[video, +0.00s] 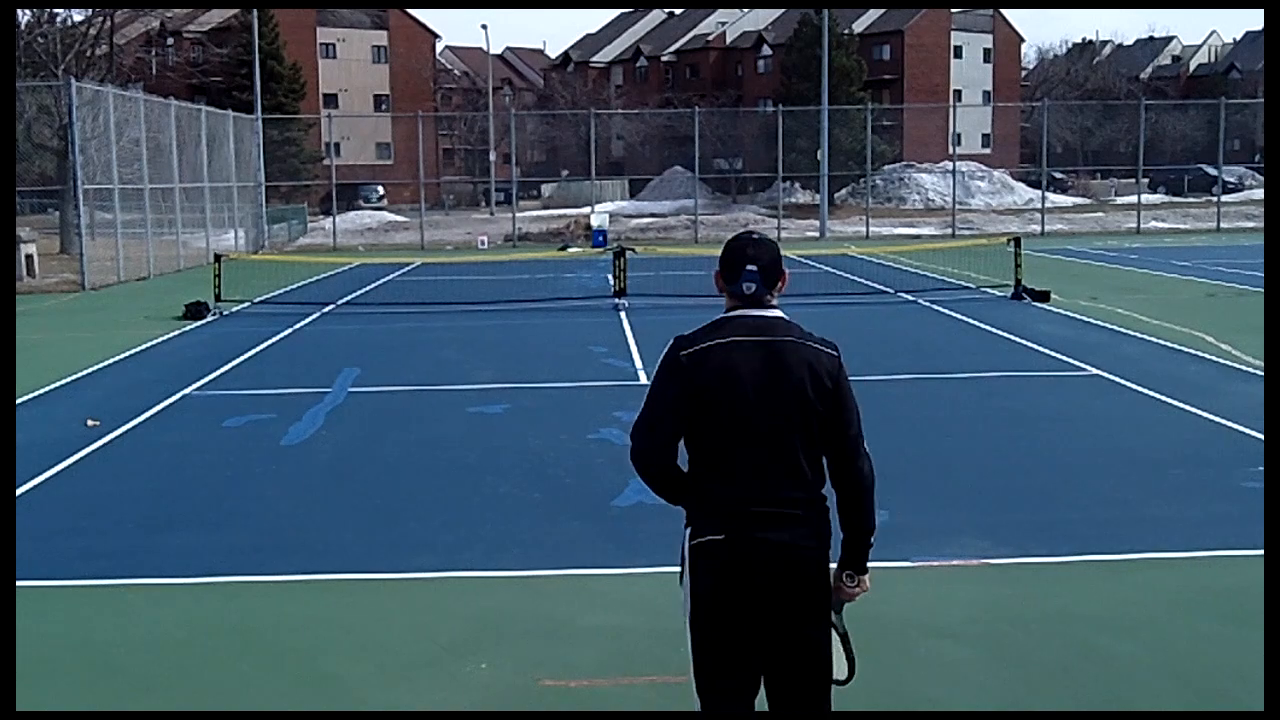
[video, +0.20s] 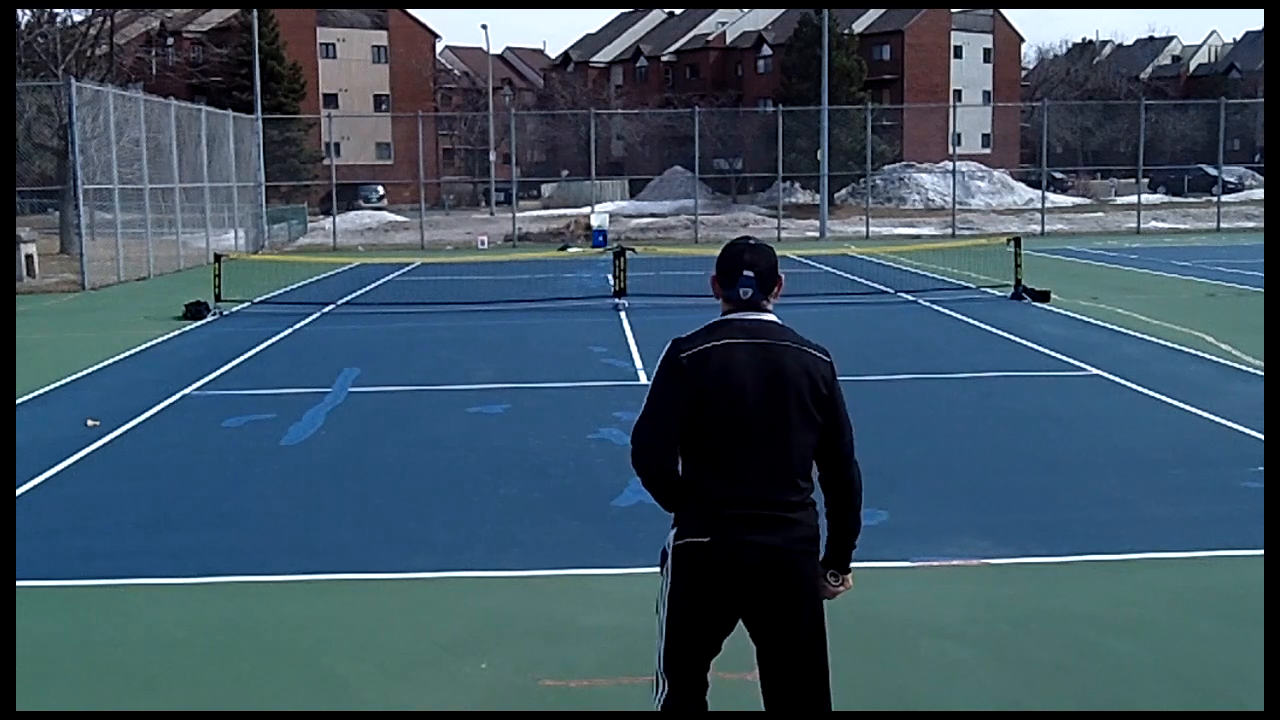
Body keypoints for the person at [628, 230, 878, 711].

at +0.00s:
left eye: (722, 277)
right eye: (781, 275)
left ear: (719, 282)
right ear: (782, 282)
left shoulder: (687, 353)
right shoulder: (819, 355)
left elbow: (648, 452)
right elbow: (853, 468)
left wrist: (697, 498)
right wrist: (855, 560)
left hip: (718, 559)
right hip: (800, 556)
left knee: (724, 699)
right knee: (804, 699)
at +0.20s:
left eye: (719, 280)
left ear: (715, 286)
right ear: (778, 287)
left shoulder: (685, 354)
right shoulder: (813, 361)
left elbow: (648, 451)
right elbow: (842, 472)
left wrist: (688, 505)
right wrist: (838, 559)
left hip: (704, 558)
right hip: (789, 558)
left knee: (681, 686)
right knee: (799, 696)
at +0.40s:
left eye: (690, 282)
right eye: (747, 281)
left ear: (686, 287)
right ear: (749, 287)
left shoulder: (657, 357)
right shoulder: (785, 359)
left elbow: (616, 456)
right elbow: (819, 469)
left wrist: (665, 500)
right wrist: (812, 551)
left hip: (677, 557)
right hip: (763, 557)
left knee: (637, 694)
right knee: (784, 698)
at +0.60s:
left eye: (640, 295)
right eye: (697, 292)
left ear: (637, 301)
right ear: (698, 299)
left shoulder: (604, 365)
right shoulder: (735, 371)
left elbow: (549, 453)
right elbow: (778, 477)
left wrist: (601, 487)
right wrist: (755, 548)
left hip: (624, 567)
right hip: (711, 567)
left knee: (593, 702)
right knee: (747, 702)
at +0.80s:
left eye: (617, 281)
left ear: (615, 286)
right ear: (677, 285)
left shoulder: (582, 351)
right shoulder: (713, 355)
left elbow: (535, 455)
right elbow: (749, 459)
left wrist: (558, 470)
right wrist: (703, 501)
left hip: (601, 548)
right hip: (687, 549)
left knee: (588, 690)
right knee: (688, 687)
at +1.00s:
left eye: (611, 293)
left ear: (607, 299)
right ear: (669, 298)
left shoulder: (573, 367)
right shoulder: (703, 369)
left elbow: (538, 475)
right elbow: (735, 475)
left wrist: (585, 491)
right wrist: (673, 498)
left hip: (582, 559)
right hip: (670, 559)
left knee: (550, 686)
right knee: (682, 695)